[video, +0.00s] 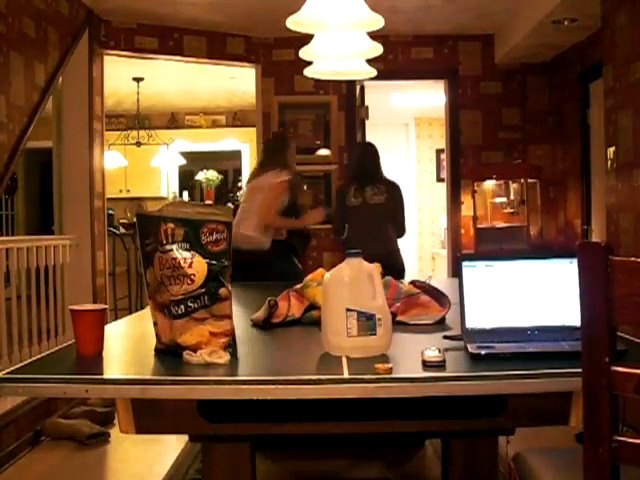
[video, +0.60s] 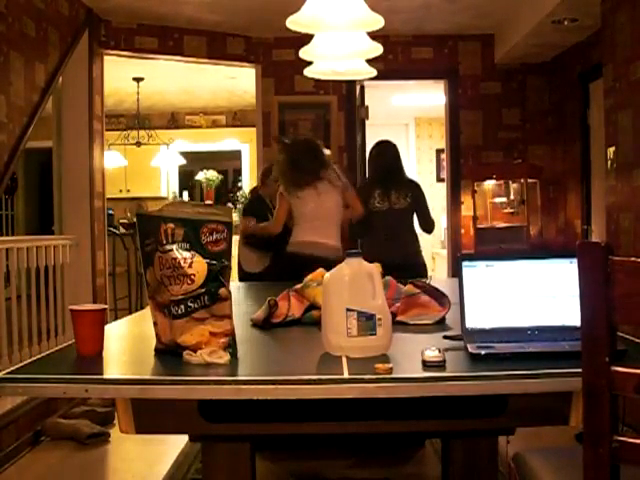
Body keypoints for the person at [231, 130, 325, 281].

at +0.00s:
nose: (294, 154)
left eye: (293, 149)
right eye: (292, 150)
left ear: (268, 152)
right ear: (286, 152)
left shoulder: (257, 174)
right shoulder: (281, 177)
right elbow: (267, 218)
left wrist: (274, 230)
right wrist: (303, 222)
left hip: (237, 244)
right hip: (257, 246)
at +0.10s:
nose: (303, 155)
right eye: (302, 152)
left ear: (278, 151)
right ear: (299, 154)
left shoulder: (263, 174)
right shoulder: (300, 181)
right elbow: (311, 229)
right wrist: (342, 225)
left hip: (243, 251)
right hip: (271, 252)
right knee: (299, 295)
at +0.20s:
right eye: (315, 160)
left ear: (289, 164)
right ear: (312, 164)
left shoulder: (275, 187)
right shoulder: (315, 191)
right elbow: (325, 238)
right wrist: (351, 229)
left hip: (261, 263)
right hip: (291, 265)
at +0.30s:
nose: (330, 170)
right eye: (326, 166)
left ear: (297, 172)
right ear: (319, 170)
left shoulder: (288, 197)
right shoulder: (325, 196)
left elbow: (272, 237)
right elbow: (336, 242)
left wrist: (254, 271)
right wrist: (359, 232)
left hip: (280, 269)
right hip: (306, 269)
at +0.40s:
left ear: (294, 161)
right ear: (317, 159)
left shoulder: (286, 188)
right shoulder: (330, 186)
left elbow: (275, 229)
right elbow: (339, 229)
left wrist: (258, 262)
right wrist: (351, 232)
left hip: (292, 255)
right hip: (321, 255)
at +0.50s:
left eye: (286, 149)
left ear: (289, 152)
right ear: (317, 148)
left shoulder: (286, 178)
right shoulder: (337, 173)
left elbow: (276, 225)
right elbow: (347, 212)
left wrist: (252, 245)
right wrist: (342, 234)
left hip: (296, 249)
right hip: (328, 251)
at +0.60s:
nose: (280, 164)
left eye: (283, 159)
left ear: (290, 162)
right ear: (319, 157)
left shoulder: (288, 185)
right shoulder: (336, 177)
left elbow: (275, 227)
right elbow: (358, 210)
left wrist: (252, 229)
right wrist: (335, 218)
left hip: (298, 256)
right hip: (332, 259)